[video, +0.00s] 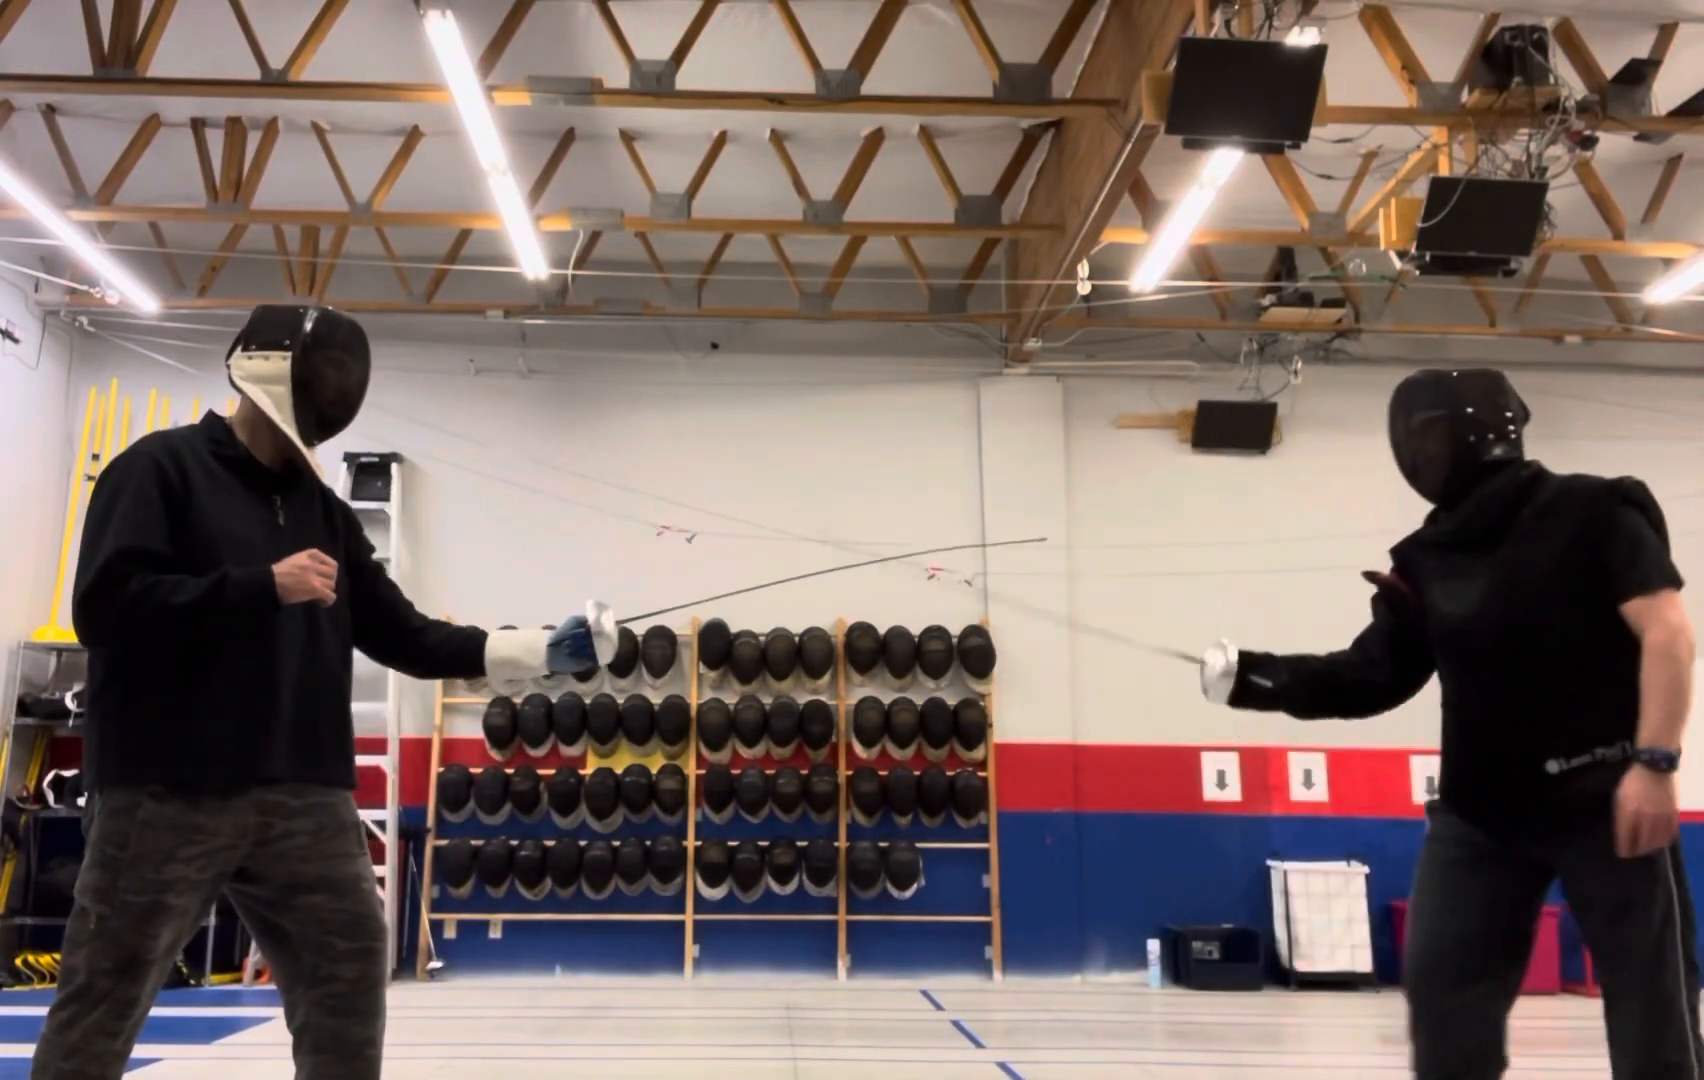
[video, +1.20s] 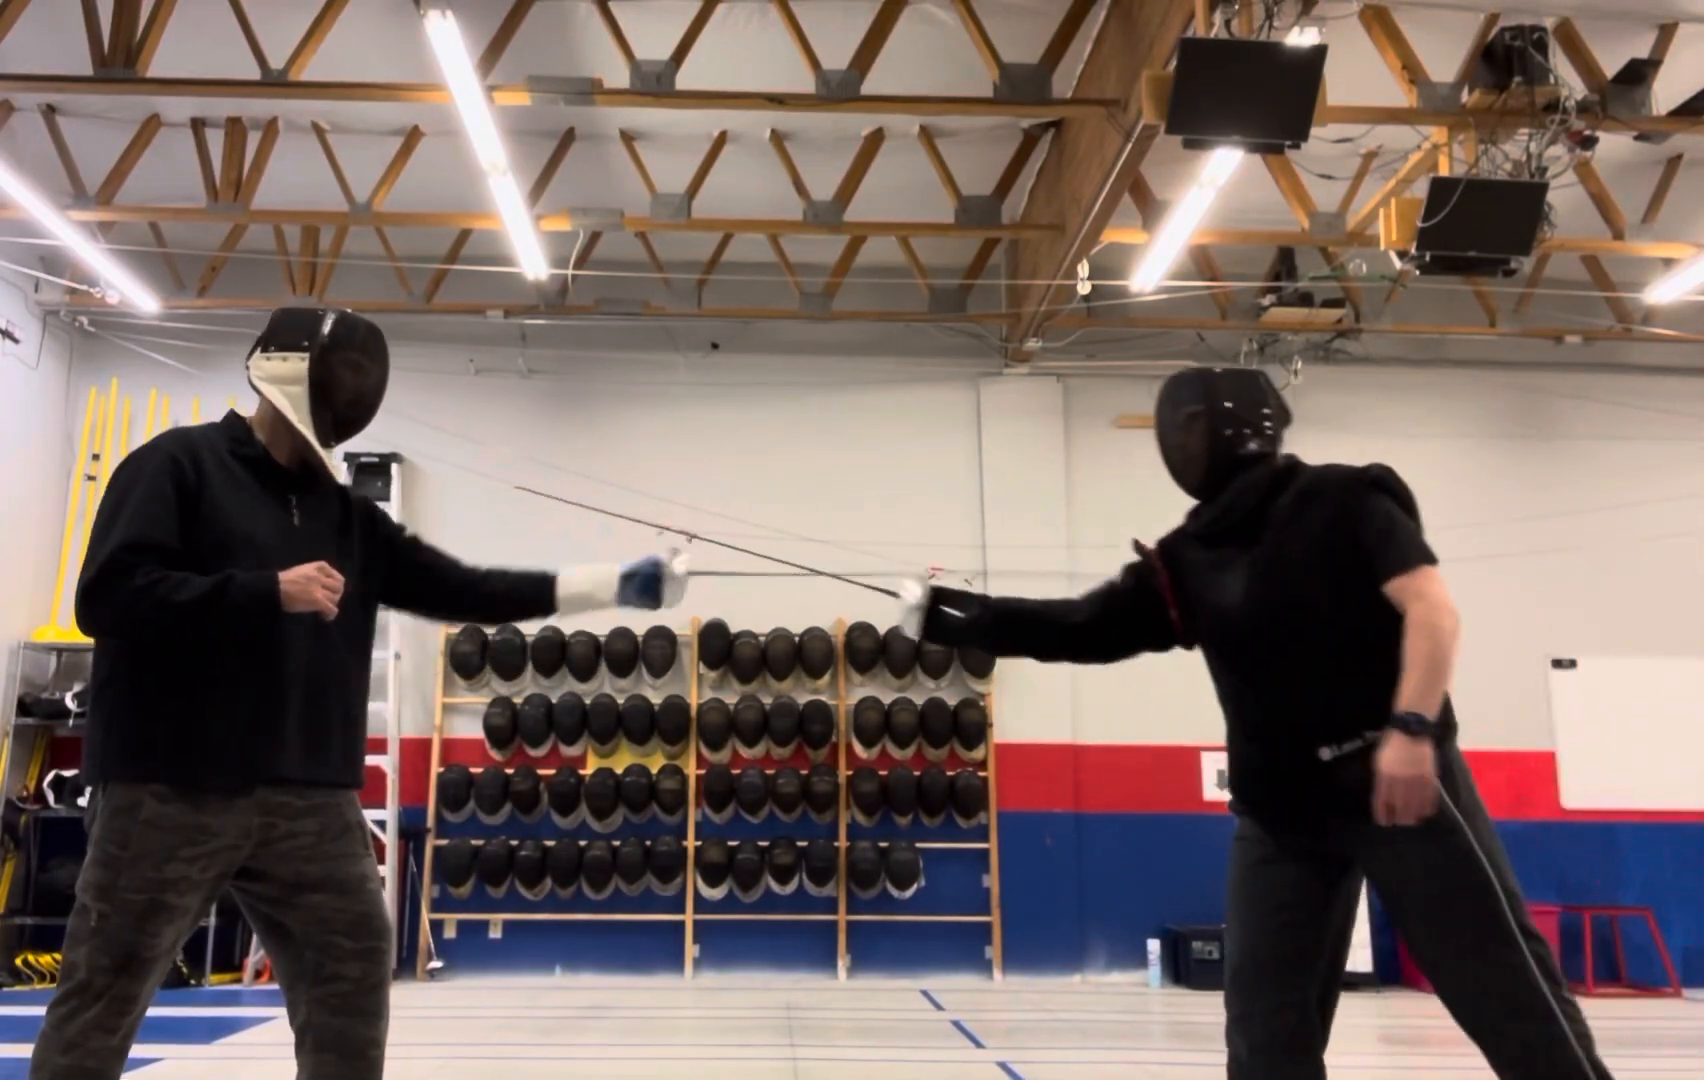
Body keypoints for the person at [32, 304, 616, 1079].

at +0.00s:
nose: (313, 407)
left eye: (326, 392)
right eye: (302, 383)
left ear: (331, 398)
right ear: (255, 369)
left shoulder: (323, 512)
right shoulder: (152, 470)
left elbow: (398, 633)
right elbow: (105, 606)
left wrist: (528, 652)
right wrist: (263, 583)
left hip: (300, 796)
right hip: (163, 793)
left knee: (347, 970)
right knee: (102, 1001)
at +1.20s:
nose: (340, 428)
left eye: (351, 411)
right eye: (329, 404)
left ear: (352, 408)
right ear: (281, 382)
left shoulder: (346, 517)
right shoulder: (170, 468)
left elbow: (460, 590)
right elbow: (107, 595)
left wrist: (608, 587)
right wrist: (265, 591)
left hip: (307, 801)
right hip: (166, 793)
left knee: (350, 984)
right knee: (99, 1000)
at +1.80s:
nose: (350, 418)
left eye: (360, 402)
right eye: (338, 394)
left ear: (358, 401)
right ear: (283, 376)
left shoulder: (351, 511)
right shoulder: (171, 470)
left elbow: (477, 561)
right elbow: (110, 601)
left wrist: (627, 560)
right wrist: (270, 590)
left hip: (308, 800)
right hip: (167, 795)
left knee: (351, 998)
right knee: (99, 1007)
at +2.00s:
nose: (332, 402)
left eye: (342, 388)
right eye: (318, 380)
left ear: (339, 395)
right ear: (266, 372)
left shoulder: (328, 507)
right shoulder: (158, 471)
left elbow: (401, 630)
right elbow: (101, 607)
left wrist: (526, 651)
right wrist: (256, 589)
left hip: (306, 797)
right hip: (165, 792)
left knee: (351, 969)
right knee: (102, 998)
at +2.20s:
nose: (322, 402)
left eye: (335, 387)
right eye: (310, 379)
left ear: (337, 395)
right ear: (256, 368)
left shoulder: (321, 511)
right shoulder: (149, 469)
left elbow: (397, 631)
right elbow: (88, 603)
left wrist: (520, 652)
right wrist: (244, 590)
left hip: (300, 797)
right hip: (160, 793)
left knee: (346, 976)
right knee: (99, 1001)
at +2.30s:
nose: (316, 400)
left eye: (329, 385)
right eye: (303, 377)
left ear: (332, 393)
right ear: (252, 367)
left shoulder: (321, 510)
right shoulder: (147, 469)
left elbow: (402, 627)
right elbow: (89, 604)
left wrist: (537, 645)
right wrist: (246, 589)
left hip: (299, 795)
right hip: (160, 792)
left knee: (344, 976)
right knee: (98, 1002)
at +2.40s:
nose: (322, 399)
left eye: (332, 386)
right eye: (309, 376)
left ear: (331, 394)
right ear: (258, 366)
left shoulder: (319, 508)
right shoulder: (147, 469)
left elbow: (405, 622)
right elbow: (91, 607)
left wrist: (546, 640)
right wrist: (247, 589)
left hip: (300, 794)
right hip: (161, 791)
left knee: (345, 972)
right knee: (100, 1000)